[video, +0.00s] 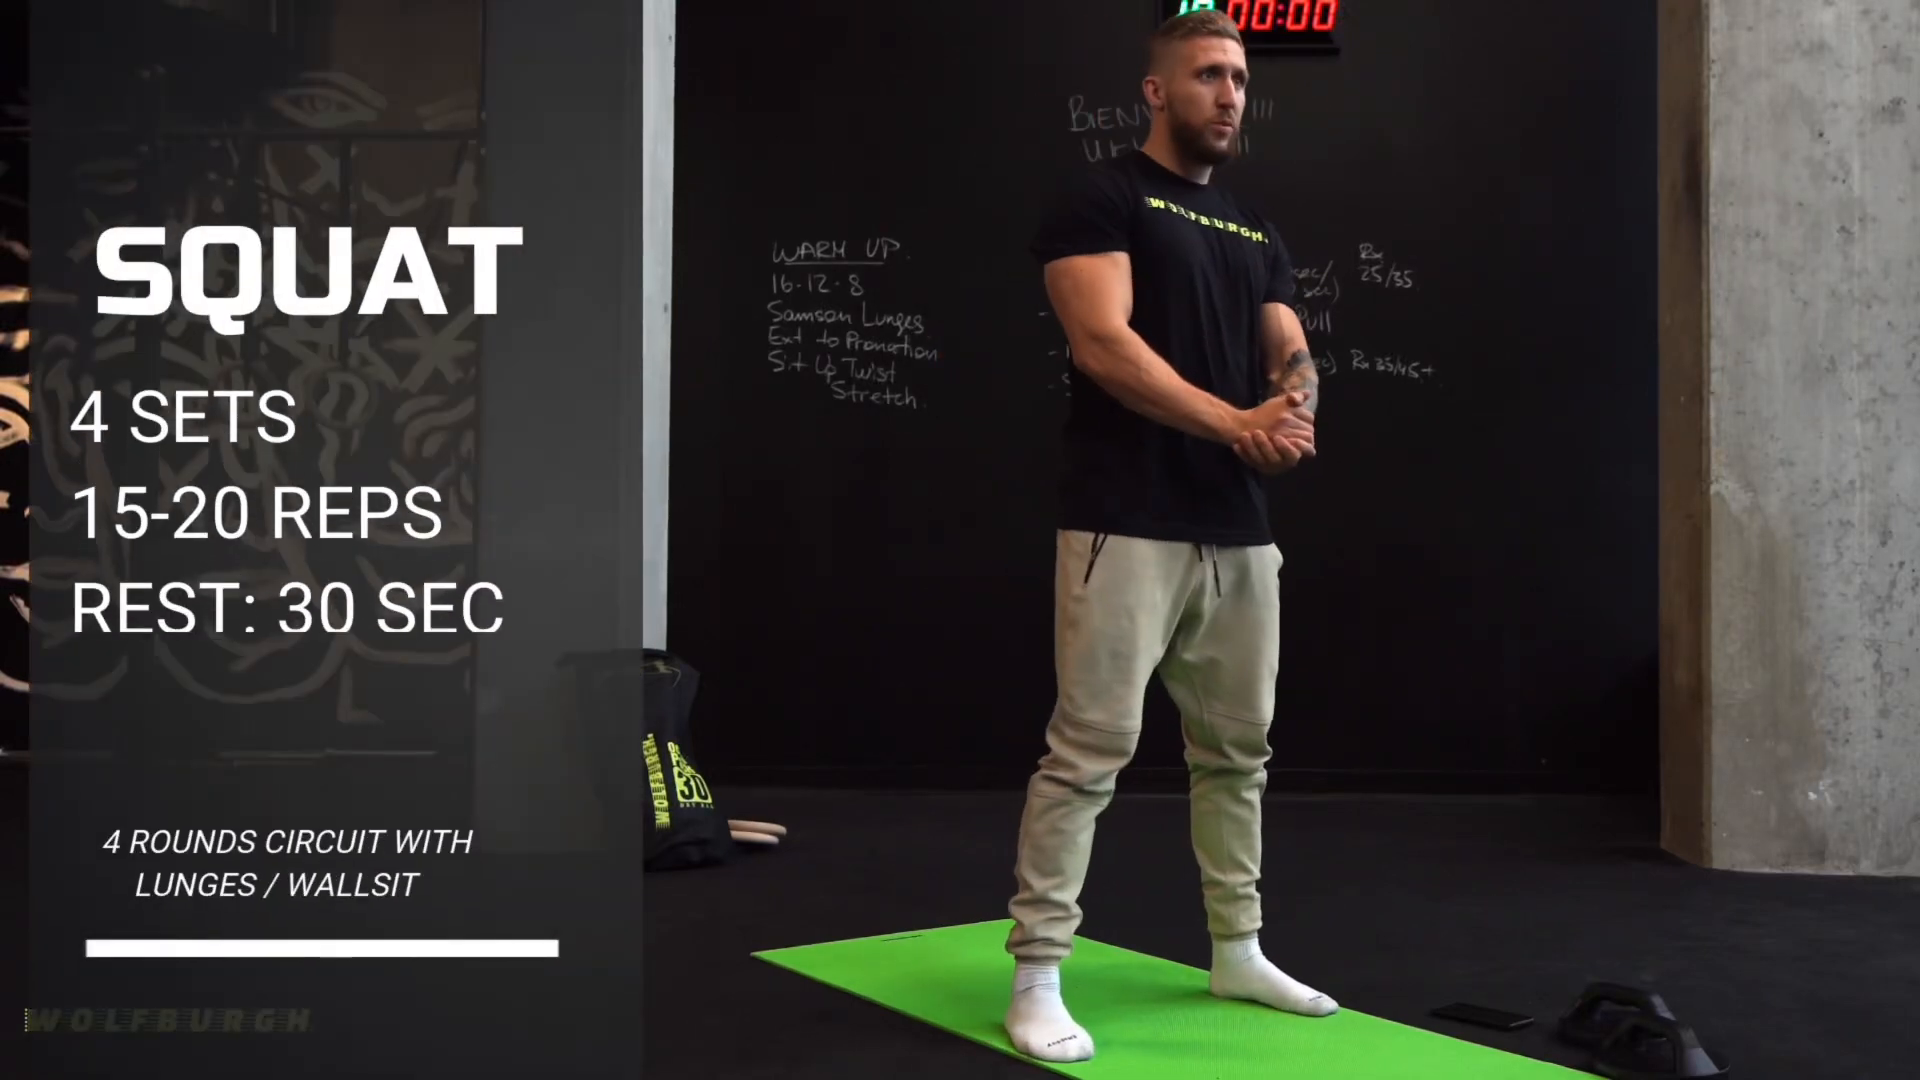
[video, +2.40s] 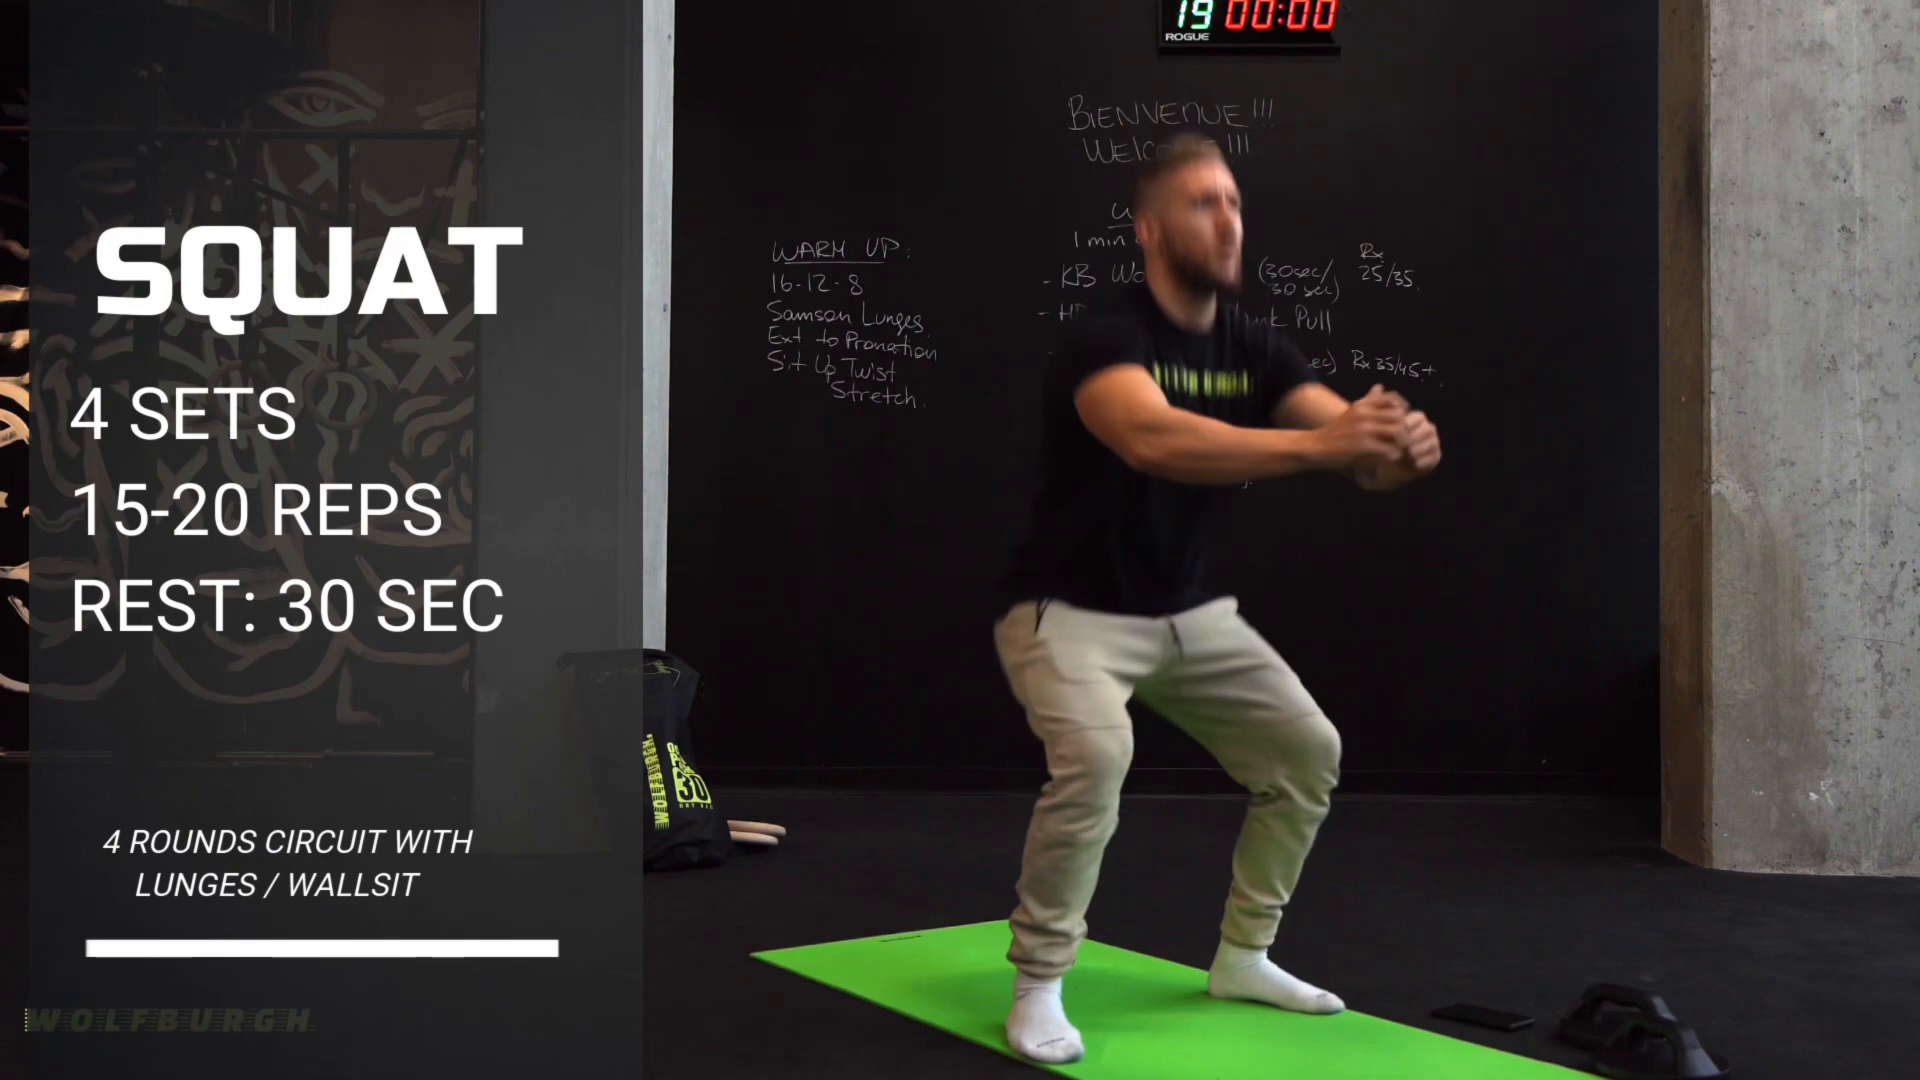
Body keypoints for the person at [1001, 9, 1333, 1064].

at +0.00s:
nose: (1232, 95)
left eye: (1239, 79)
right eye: (1211, 76)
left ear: (1244, 96)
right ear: (1154, 89)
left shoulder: (1251, 232)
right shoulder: (1095, 200)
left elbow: (1288, 352)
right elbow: (1101, 344)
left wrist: (1292, 405)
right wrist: (1232, 423)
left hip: (1236, 528)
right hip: (1123, 523)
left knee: (1235, 747)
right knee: (1090, 749)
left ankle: (1237, 955)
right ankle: (1037, 980)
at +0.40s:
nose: (1214, 167)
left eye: (1220, 151)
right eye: (1189, 151)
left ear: (1227, 169)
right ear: (1135, 172)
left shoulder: (1238, 293)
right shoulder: (1086, 277)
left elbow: (1324, 368)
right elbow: (1148, 364)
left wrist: (1387, 366)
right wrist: (1314, 364)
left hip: (1180, 578)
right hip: (1066, 577)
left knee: (1286, 744)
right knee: (1088, 756)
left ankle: (1241, 955)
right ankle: (1036, 982)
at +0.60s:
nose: (1224, 319)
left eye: (1230, 303)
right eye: (1201, 303)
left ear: (1240, 320)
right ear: (1144, 325)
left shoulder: (1240, 426)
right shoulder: (1103, 413)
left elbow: (1368, 462)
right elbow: (1174, 454)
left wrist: (1403, 406)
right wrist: (1346, 386)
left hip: (1167, 667)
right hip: (1050, 668)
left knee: (1309, 750)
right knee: (1090, 760)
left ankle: (1243, 959)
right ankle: (1038, 988)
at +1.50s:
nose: (1212, 170)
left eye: (1217, 155)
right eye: (1188, 155)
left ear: (1224, 174)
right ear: (1132, 174)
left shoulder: (1239, 294)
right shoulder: (1087, 287)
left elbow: (1315, 407)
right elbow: (1113, 425)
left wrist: (1353, 485)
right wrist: (1257, 506)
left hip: (1207, 585)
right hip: (1087, 584)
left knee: (1297, 751)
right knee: (1114, 758)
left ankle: (1242, 959)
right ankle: (1043, 984)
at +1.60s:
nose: (1206, 113)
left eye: (1211, 98)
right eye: (1181, 99)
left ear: (1220, 119)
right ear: (1127, 122)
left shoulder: (1236, 250)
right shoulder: (1082, 234)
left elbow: (1296, 384)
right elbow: (1072, 391)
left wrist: (1324, 493)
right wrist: (1174, 515)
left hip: (1210, 555)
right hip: (1093, 554)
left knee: (1278, 746)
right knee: (1107, 754)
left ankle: (1242, 958)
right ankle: (1041, 982)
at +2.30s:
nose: (1221, 152)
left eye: (1226, 136)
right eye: (1196, 136)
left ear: (1232, 155)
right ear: (1141, 160)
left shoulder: (1245, 288)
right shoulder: (1092, 274)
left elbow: (1323, 393)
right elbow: (1120, 405)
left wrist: (1379, 454)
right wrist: (1276, 458)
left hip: (1198, 577)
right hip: (1080, 573)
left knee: (1291, 750)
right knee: (1092, 760)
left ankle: (1241, 958)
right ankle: (1039, 982)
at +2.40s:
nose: (1228, 220)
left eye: (1234, 204)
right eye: (1204, 204)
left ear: (1242, 222)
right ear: (1148, 226)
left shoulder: (1252, 346)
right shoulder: (1100, 337)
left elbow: (1346, 441)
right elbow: (1153, 439)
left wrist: (1401, 453)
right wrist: (1328, 444)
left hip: (1189, 616)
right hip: (1067, 614)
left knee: (1308, 754)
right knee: (1095, 756)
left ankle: (1241, 958)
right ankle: (1040, 982)